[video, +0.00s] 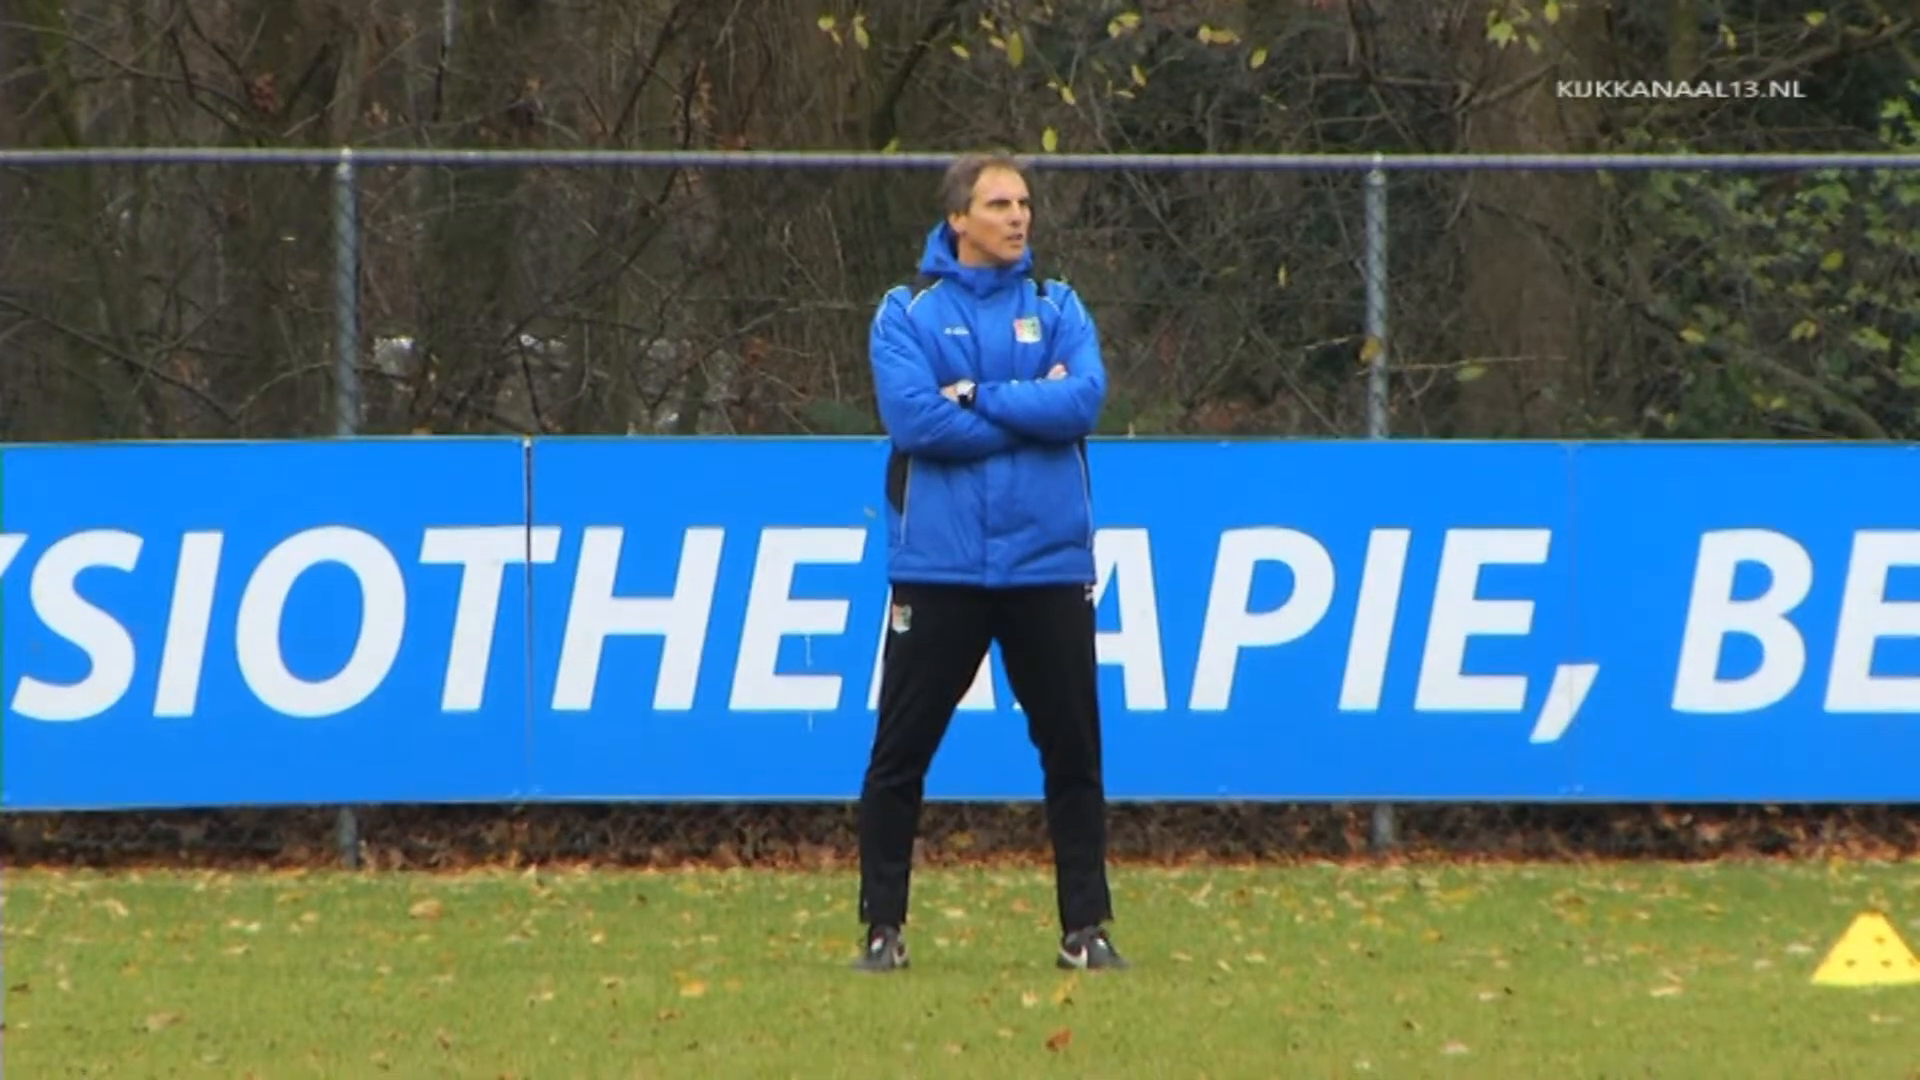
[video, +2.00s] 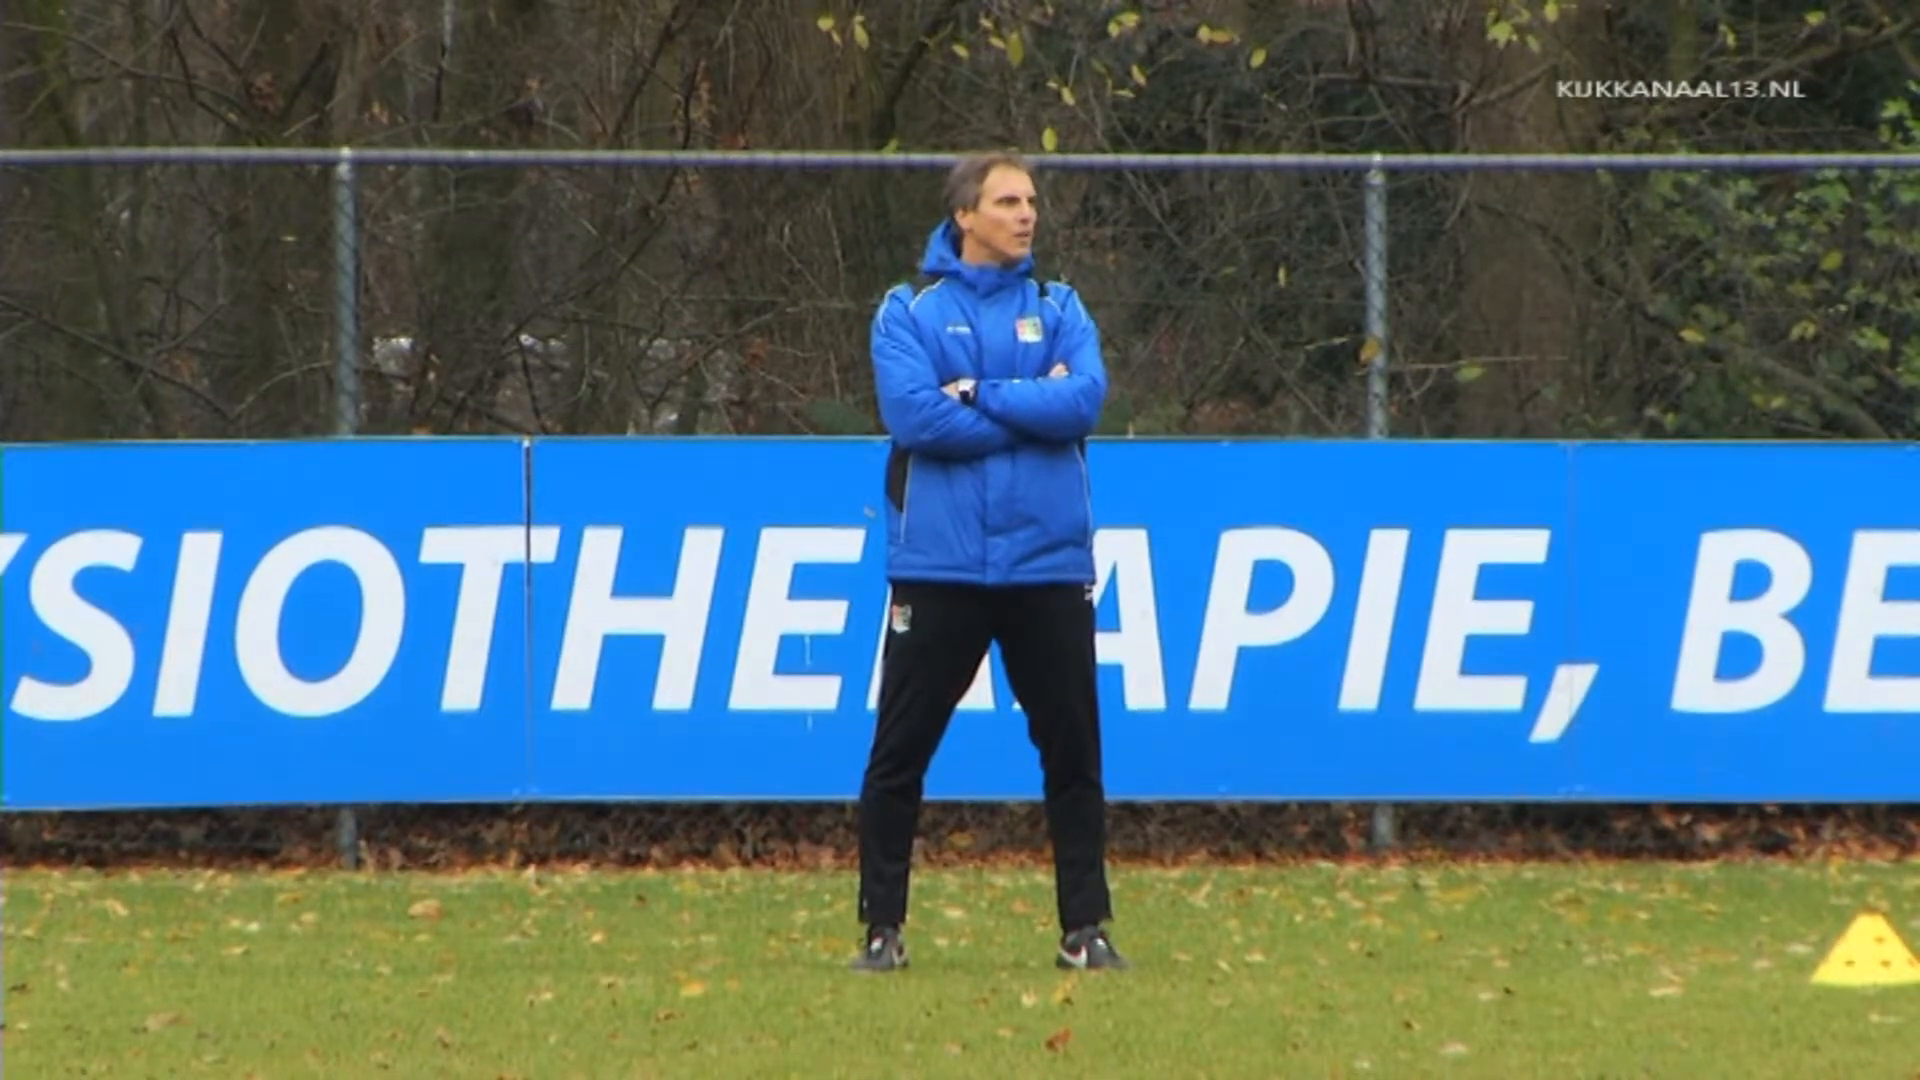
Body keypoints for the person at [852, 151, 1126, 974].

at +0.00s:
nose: (1017, 216)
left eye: (1023, 204)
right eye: (999, 205)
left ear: (1031, 218)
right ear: (959, 221)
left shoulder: (1058, 305)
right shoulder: (905, 312)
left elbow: (1082, 401)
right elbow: (917, 424)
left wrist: (973, 393)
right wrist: (1027, 415)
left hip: (1050, 566)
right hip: (940, 569)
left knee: (1073, 749)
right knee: (902, 752)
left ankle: (1085, 930)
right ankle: (882, 929)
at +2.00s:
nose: (1027, 215)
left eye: (1031, 203)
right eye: (1010, 203)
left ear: (1034, 217)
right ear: (965, 218)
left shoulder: (1059, 306)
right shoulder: (907, 310)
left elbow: (1083, 402)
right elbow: (917, 423)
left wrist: (975, 391)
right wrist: (1028, 413)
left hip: (1050, 567)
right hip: (941, 569)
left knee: (1073, 750)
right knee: (901, 752)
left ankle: (1085, 931)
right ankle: (882, 929)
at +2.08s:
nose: (1026, 215)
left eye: (1031, 204)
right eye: (1009, 204)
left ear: (1035, 217)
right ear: (964, 218)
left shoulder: (1060, 305)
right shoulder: (906, 310)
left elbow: (1082, 402)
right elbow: (916, 422)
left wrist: (975, 391)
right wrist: (1028, 413)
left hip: (1050, 567)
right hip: (941, 568)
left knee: (1073, 750)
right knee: (901, 752)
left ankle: (1085, 931)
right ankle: (882, 930)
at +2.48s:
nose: (1020, 217)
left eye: (1026, 205)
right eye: (1002, 206)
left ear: (1034, 218)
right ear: (961, 220)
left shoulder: (1058, 305)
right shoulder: (905, 311)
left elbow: (1081, 403)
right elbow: (917, 424)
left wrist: (971, 392)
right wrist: (1026, 413)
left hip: (1050, 567)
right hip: (940, 569)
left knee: (1073, 751)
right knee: (901, 752)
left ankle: (1085, 931)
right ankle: (881, 929)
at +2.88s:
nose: (1011, 220)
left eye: (1019, 207)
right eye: (994, 209)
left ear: (1029, 218)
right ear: (955, 222)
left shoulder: (1057, 305)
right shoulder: (902, 313)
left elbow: (1078, 403)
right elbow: (914, 426)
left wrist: (968, 393)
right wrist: (1023, 413)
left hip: (1049, 567)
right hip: (939, 569)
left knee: (1073, 750)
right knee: (900, 752)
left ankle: (1085, 930)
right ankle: (882, 929)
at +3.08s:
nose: (1008, 221)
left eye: (1017, 208)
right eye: (991, 210)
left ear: (1028, 218)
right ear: (953, 222)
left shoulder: (1057, 305)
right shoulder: (901, 313)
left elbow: (1078, 402)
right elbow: (913, 426)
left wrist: (967, 393)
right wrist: (1023, 413)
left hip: (1048, 568)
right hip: (938, 571)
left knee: (1073, 751)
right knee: (900, 752)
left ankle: (1085, 930)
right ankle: (882, 929)